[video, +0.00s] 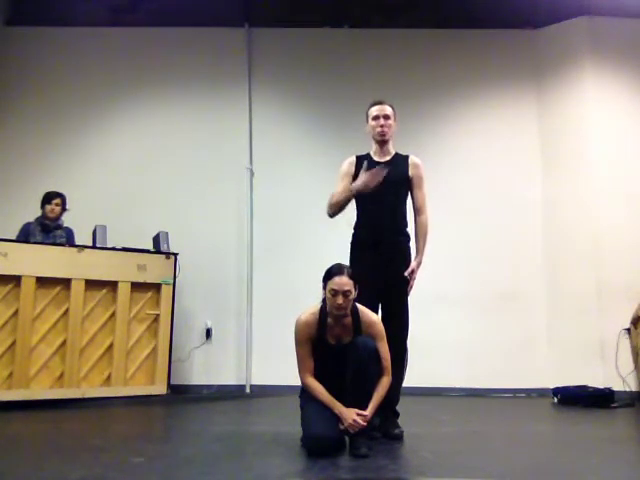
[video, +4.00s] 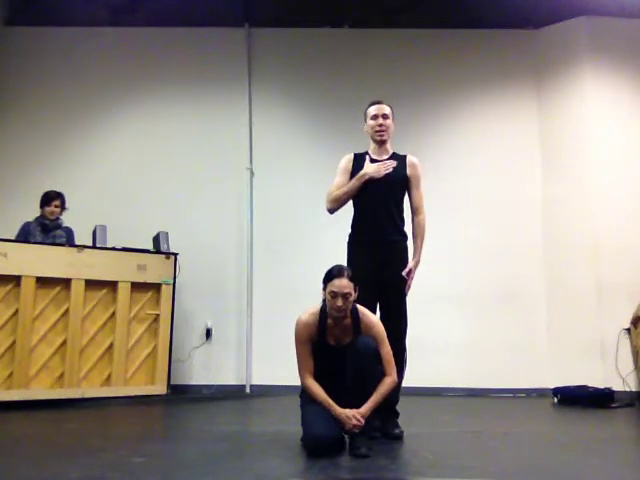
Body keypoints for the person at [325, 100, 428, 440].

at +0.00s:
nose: (382, 123)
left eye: (387, 118)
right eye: (376, 118)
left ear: (395, 124)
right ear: (367, 125)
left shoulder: (411, 166)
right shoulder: (354, 164)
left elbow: (421, 214)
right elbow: (332, 208)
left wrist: (418, 259)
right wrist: (357, 186)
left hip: (396, 258)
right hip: (363, 257)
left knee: (395, 338)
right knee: (359, 336)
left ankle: (388, 415)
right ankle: (358, 416)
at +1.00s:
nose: (380, 122)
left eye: (385, 118)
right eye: (374, 118)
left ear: (393, 125)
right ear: (365, 126)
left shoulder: (409, 166)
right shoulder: (353, 164)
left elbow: (419, 215)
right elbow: (337, 208)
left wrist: (416, 260)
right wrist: (368, 178)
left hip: (394, 257)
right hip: (362, 256)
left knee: (395, 337)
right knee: (359, 336)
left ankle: (388, 415)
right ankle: (359, 416)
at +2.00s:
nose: (381, 124)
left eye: (386, 119)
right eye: (375, 120)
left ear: (394, 125)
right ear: (366, 127)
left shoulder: (409, 166)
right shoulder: (353, 163)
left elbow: (419, 215)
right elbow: (332, 205)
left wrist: (416, 259)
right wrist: (365, 177)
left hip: (394, 257)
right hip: (362, 257)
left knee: (395, 337)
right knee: (358, 336)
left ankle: (388, 415)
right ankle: (359, 416)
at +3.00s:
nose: (381, 126)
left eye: (386, 121)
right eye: (376, 121)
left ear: (394, 126)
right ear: (366, 128)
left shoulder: (409, 167)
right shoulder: (353, 164)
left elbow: (419, 215)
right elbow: (332, 205)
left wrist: (416, 259)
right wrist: (365, 177)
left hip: (394, 257)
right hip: (361, 257)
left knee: (394, 338)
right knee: (359, 336)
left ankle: (388, 415)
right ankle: (358, 416)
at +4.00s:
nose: (380, 121)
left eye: (385, 117)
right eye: (375, 117)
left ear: (393, 124)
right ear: (365, 126)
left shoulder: (409, 165)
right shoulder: (352, 162)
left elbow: (418, 215)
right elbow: (331, 204)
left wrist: (415, 259)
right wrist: (364, 175)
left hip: (393, 257)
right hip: (361, 256)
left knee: (395, 337)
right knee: (358, 336)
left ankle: (388, 415)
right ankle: (359, 416)